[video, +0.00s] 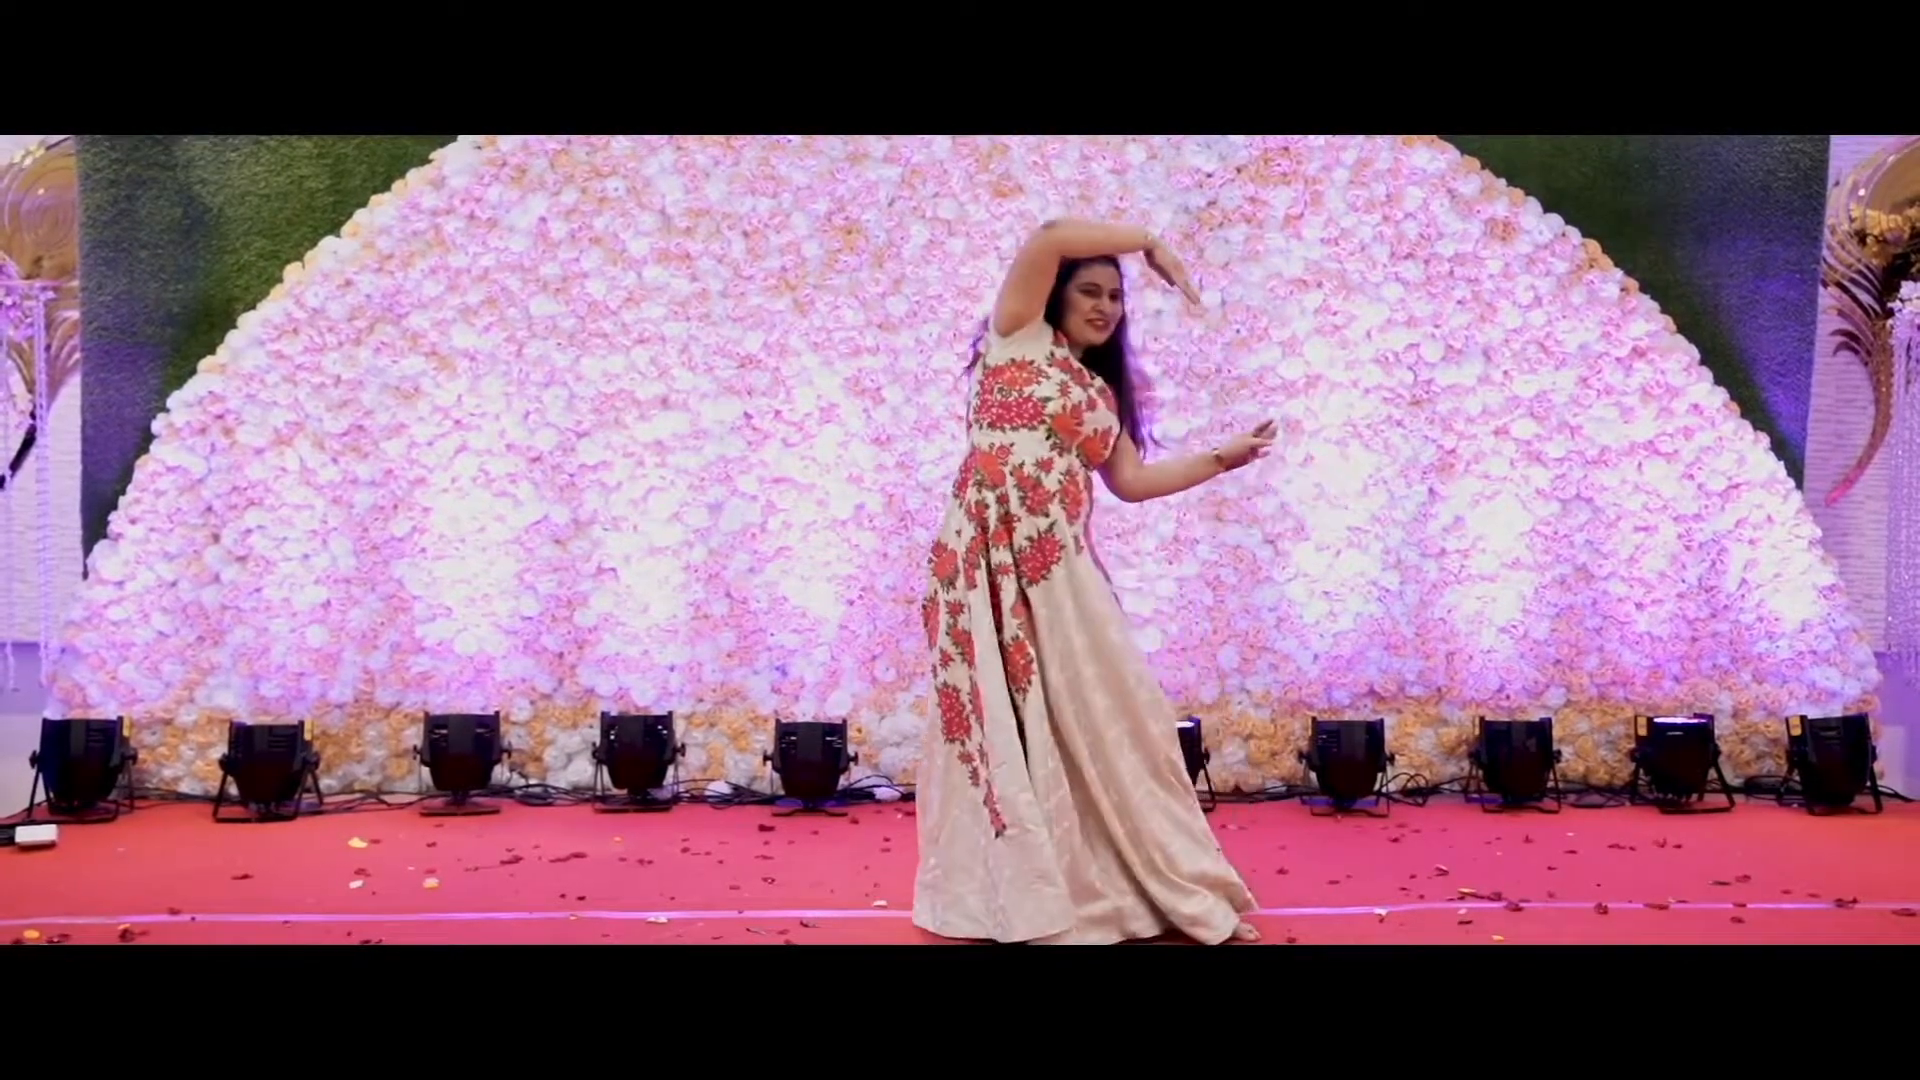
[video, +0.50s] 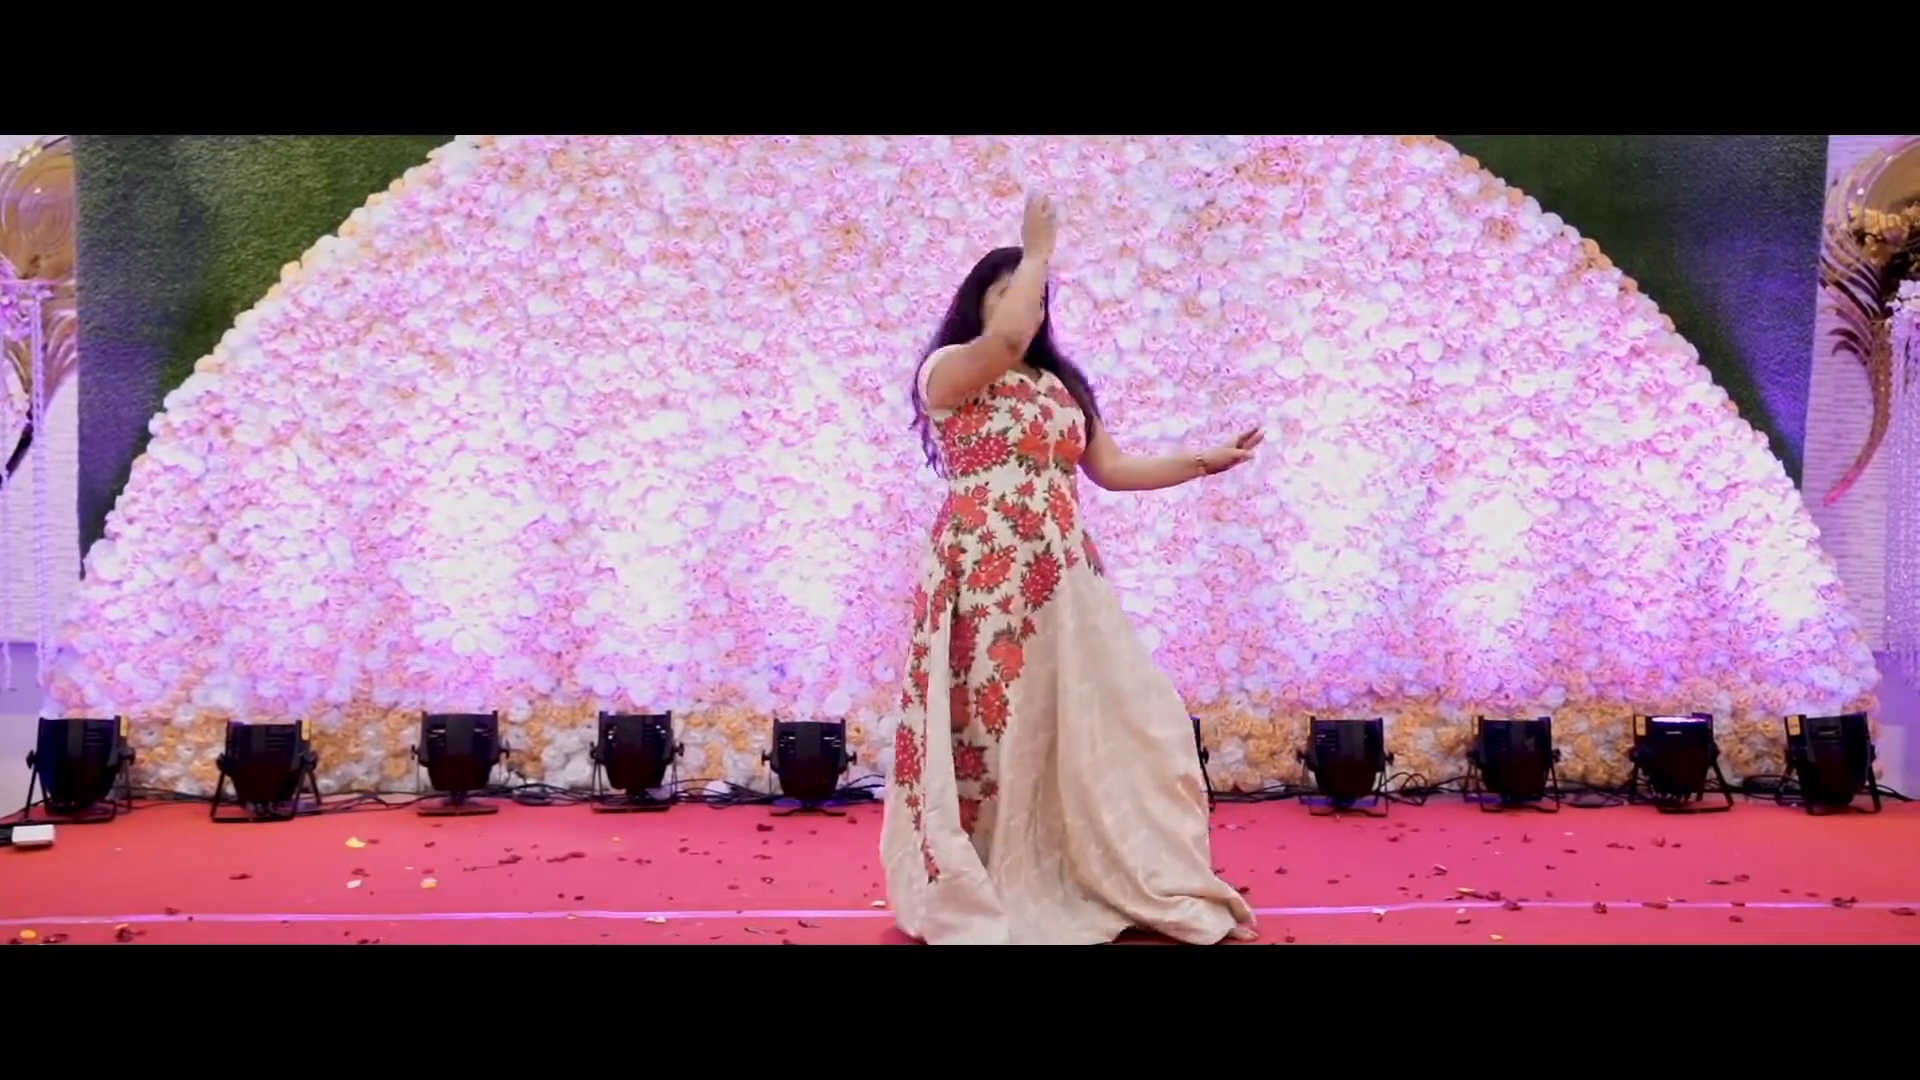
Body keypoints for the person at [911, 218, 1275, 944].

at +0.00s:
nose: (1102, 306)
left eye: (1113, 296)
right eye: (1088, 293)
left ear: (1122, 307)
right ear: (1057, 295)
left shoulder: (1099, 399)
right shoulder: (1016, 339)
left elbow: (1131, 481)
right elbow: (1052, 236)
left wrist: (1222, 456)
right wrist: (1145, 241)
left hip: (1057, 564)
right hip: (979, 556)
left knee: (1109, 717)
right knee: (996, 727)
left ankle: (1181, 892)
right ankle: (1013, 898)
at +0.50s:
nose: (1030, 304)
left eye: (1039, 292)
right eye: (1013, 291)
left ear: (1043, 309)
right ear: (980, 301)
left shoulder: (1061, 388)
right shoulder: (944, 374)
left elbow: (1112, 469)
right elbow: (1010, 336)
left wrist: (1202, 460)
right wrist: (1033, 259)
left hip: (1065, 570)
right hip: (983, 568)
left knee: (1109, 720)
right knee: (989, 726)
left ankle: (1135, 886)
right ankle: (979, 891)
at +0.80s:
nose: (1108, 323)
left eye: (1112, 312)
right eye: (1097, 305)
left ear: (1101, 319)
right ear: (1056, 298)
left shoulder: (1090, 390)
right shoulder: (1009, 364)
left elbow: (1134, 481)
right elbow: (1103, 402)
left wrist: (1210, 453)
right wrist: (1128, 325)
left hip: (1093, 579)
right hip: (1024, 577)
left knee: (1182, 711)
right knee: (1021, 730)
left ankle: (1158, 889)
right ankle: (978, 895)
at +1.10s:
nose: (1194, 370)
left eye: (1199, 359)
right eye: (1193, 354)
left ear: (1168, 345)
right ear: (1162, 334)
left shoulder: (1137, 410)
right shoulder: (1095, 355)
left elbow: (1149, 519)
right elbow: (1162, 422)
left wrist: (1225, 469)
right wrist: (1207, 386)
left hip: (1089, 581)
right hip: (1025, 574)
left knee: (1162, 717)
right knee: (1038, 728)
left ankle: (1148, 888)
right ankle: (1016, 895)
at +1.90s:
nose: (1120, 405)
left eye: (1127, 397)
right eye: (1122, 392)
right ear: (1095, 358)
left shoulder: (1070, 446)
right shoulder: (1013, 367)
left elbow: (1072, 543)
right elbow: (1081, 338)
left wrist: (1106, 472)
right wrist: (1114, 391)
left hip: (1013, 590)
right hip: (942, 574)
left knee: (1088, 730)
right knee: (963, 739)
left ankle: (1158, 888)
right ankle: (980, 898)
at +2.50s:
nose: (1194, 356)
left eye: (1196, 343)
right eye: (1186, 340)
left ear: (1158, 346)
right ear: (1146, 336)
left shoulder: (1144, 437)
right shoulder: (1083, 373)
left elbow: (1158, 537)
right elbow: (1095, 445)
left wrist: (1211, 464)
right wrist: (1149, 388)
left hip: (1090, 597)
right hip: (1027, 585)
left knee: (1137, 736)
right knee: (1022, 741)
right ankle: (1010, 892)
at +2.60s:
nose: (1236, 356)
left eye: (1235, 344)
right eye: (1224, 343)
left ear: (1203, 352)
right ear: (1185, 348)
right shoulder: (1156, 392)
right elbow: (1168, 483)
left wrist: (1248, 505)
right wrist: (1221, 441)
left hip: (1111, 602)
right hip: (1053, 591)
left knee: (1187, 726)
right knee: (1056, 743)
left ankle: (1211, 887)